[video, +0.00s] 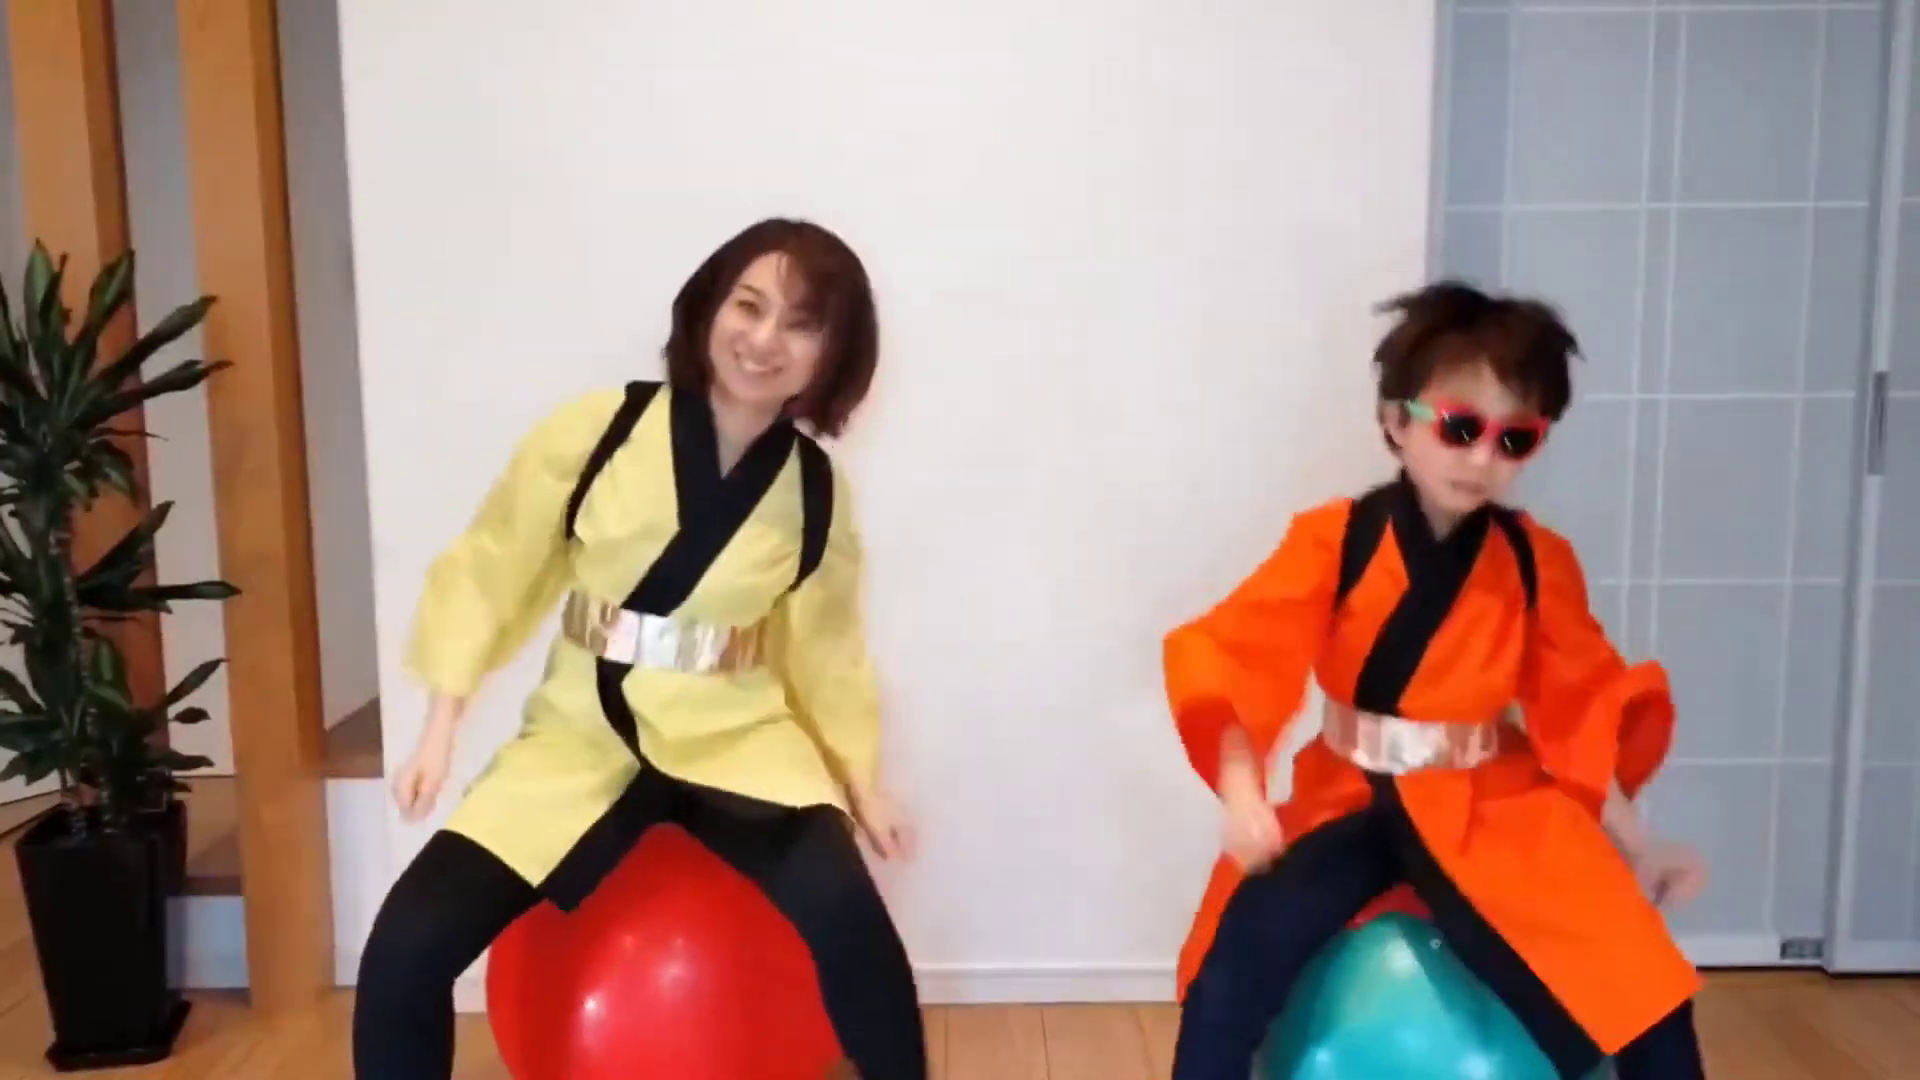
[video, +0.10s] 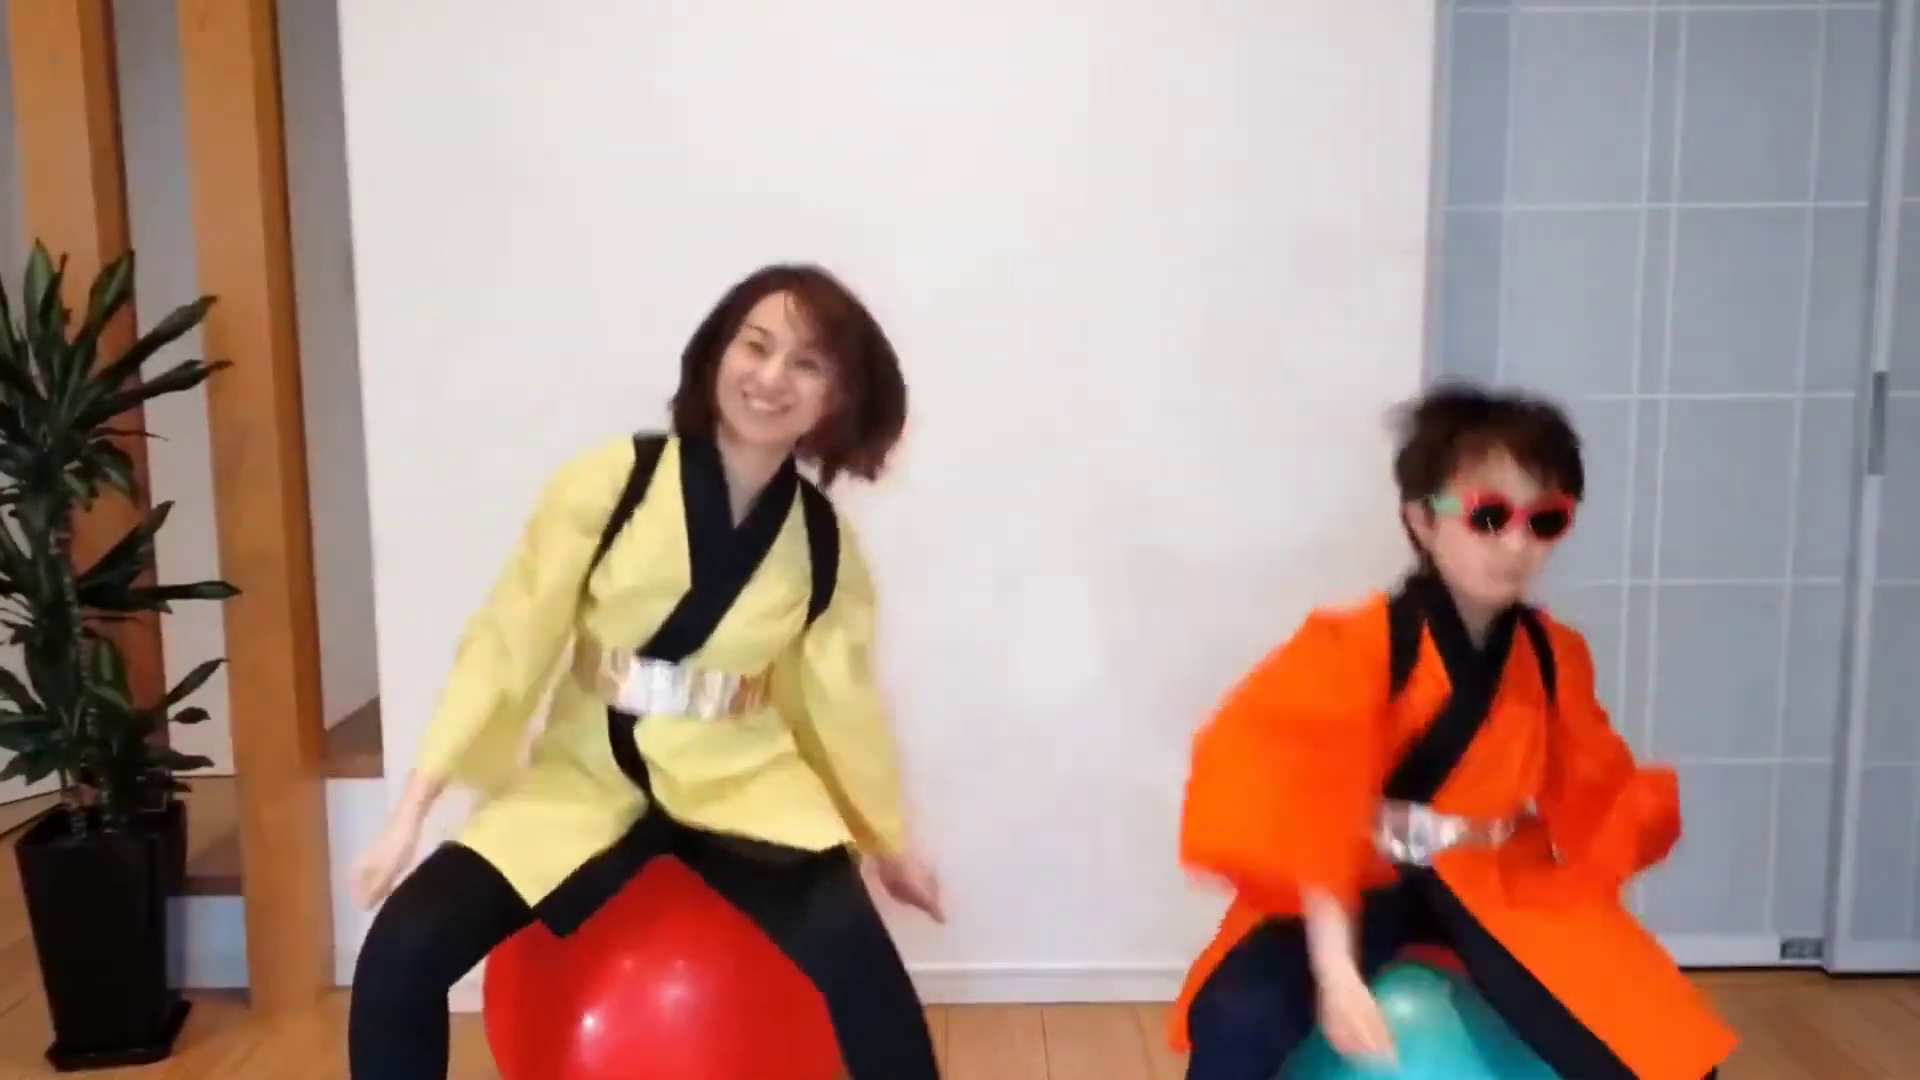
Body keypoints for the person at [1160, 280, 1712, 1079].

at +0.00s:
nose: (1483, 459)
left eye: (1515, 439)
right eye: (1459, 426)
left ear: (1537, 446)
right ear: (1397, 423)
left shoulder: (1536, 561)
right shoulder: (1336, 539)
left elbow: (1581, 714)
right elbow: (1223, 661)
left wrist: (1635, 842)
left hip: (1490, 805)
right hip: (1351, 800)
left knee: (1646, 983)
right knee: (1240, 954)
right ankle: (1207, 1067)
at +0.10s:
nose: (1519, 543)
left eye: (1545, 520)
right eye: (1489, 516)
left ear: (1565, 528)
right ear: (1421, 521)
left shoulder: (1554, 658)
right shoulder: (1353, 648)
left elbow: (1599, 795)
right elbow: (1310, 810)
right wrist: (1335, 973)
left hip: (1487, 887)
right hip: (1351, 885)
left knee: (1628, 1039)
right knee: (1237, 1017)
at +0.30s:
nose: (1549, 478)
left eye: (1574, 454)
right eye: (1517, 453)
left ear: (1595, 468)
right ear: (1451, 475)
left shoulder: (1592, 610)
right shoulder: (1407, 615)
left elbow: (1677, 726)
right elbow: (1478, 785)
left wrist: (1781, 824)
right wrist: (1630, 923)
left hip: (1523, 878)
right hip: (1386, 876)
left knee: (1666, 1039)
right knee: (1271, 1021)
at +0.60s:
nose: (1554, 478)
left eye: (1582, 454)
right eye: (1521, 451)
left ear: (1603, 468)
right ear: (1461, 465)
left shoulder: (1597, 597)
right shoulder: (1407, 576)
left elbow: (1725, 706)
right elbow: (1353, 698)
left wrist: (1707, 603)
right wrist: (1451, 597)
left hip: (1541, 848)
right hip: (1409, 838)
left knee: (1638, 1015)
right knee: (1311, 982)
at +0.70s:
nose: (1529, 563)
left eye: (1558, 541)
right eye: (1498, 538)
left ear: (1579, 557)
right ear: (1446, 557)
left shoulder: (1590, 676)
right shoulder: (1397, 666)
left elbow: (1689, 803)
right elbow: (1304, 815)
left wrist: (1693, 688)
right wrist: (1392, 716)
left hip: (1525, 921)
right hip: (1391, 909)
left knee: (1612, 1055)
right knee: (1280, 1009)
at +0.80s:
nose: (1505, 526)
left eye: (1536, 501)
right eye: (1473, 499)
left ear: (1565, 516)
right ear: (1429, 511)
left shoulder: (1589, 642)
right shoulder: (1385, 628)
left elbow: (1624, 799)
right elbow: (1280, 787)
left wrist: (1679, 726)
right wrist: (1329, 761)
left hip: (1532, 908)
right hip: (1390, 898)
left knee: (1657, 1052)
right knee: (1277, 1021)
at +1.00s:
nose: (1452, 436)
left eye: (1486, 412)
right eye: (1423, 408)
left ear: (1519, 425)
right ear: (1382, 415)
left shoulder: (1547, 543)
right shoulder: (1338, 534)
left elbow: (1632, 677)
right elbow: (1281, 659)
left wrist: (1614, 740)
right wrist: (1256, 779)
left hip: (1515, 811)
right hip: (1372, 809)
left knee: (1616, 957)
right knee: (1289, 944)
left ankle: (1652, 1065)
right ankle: (1283, 1067)